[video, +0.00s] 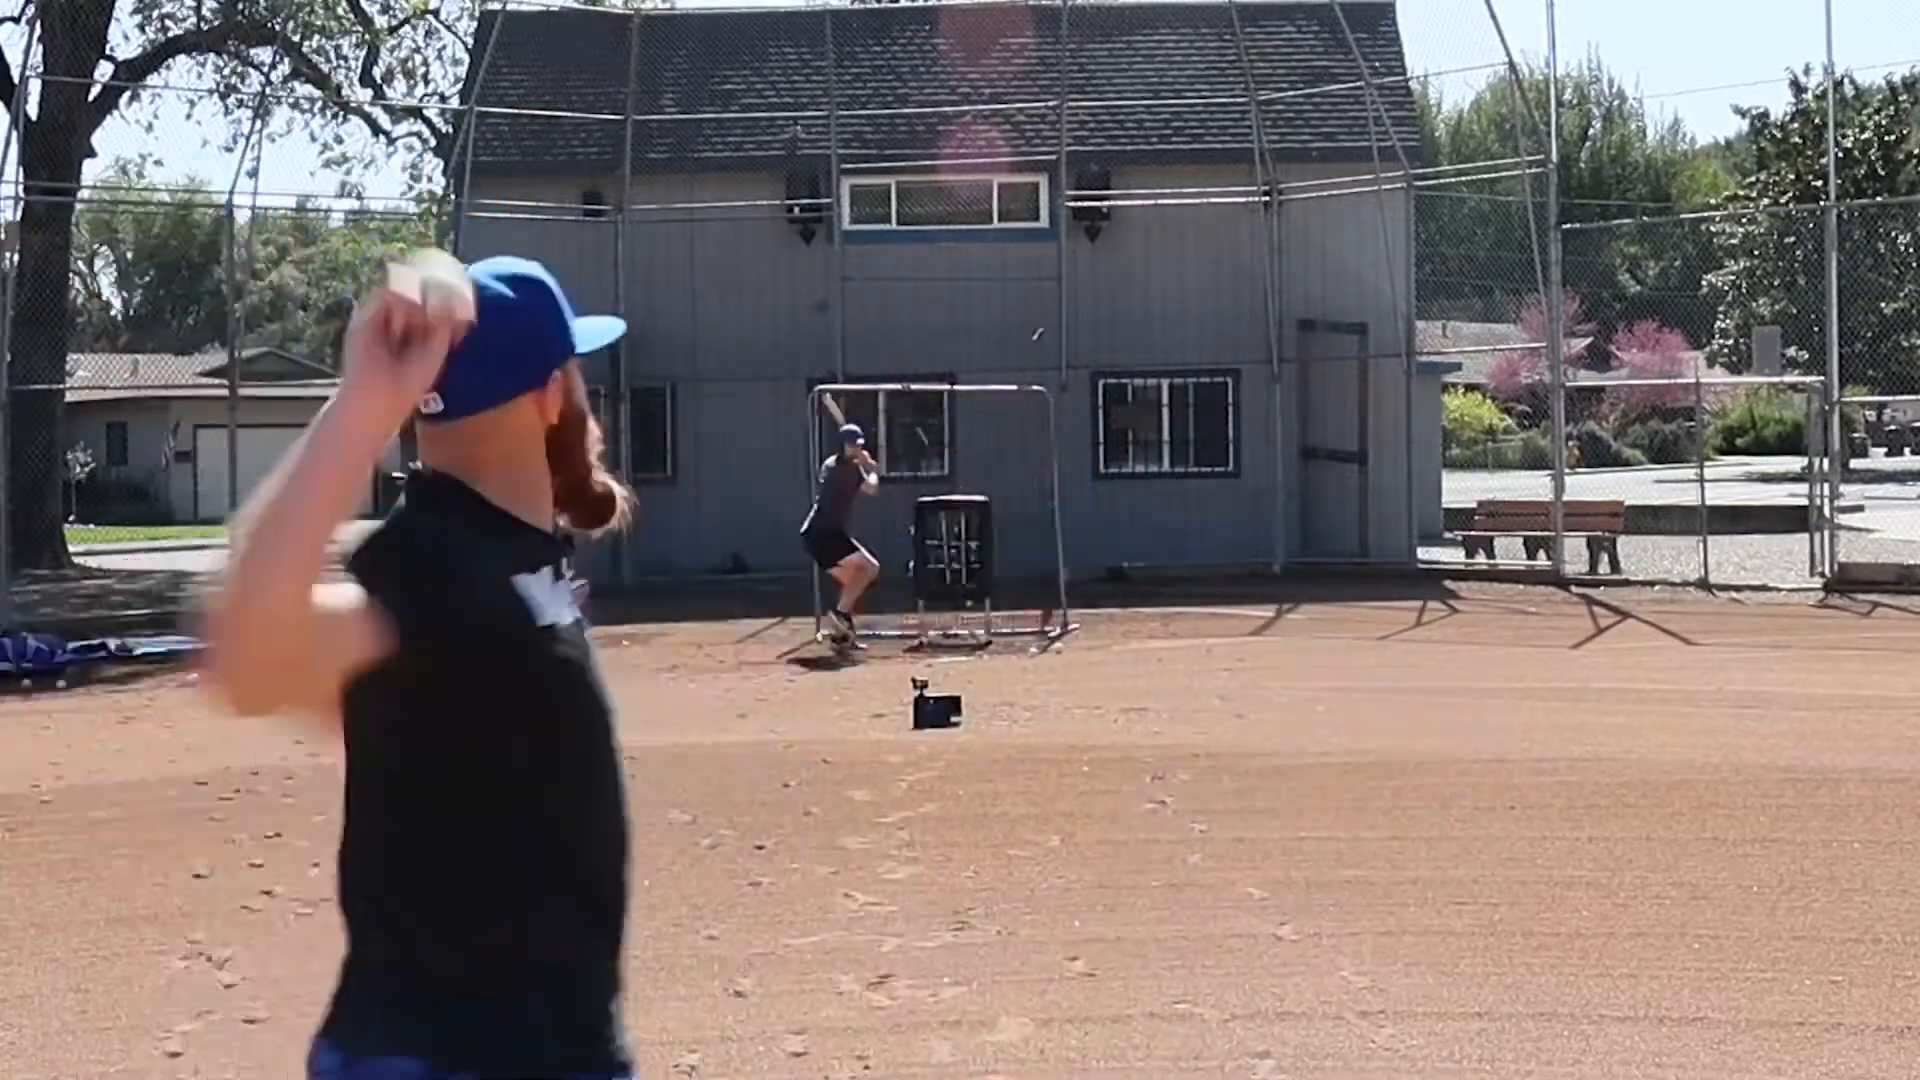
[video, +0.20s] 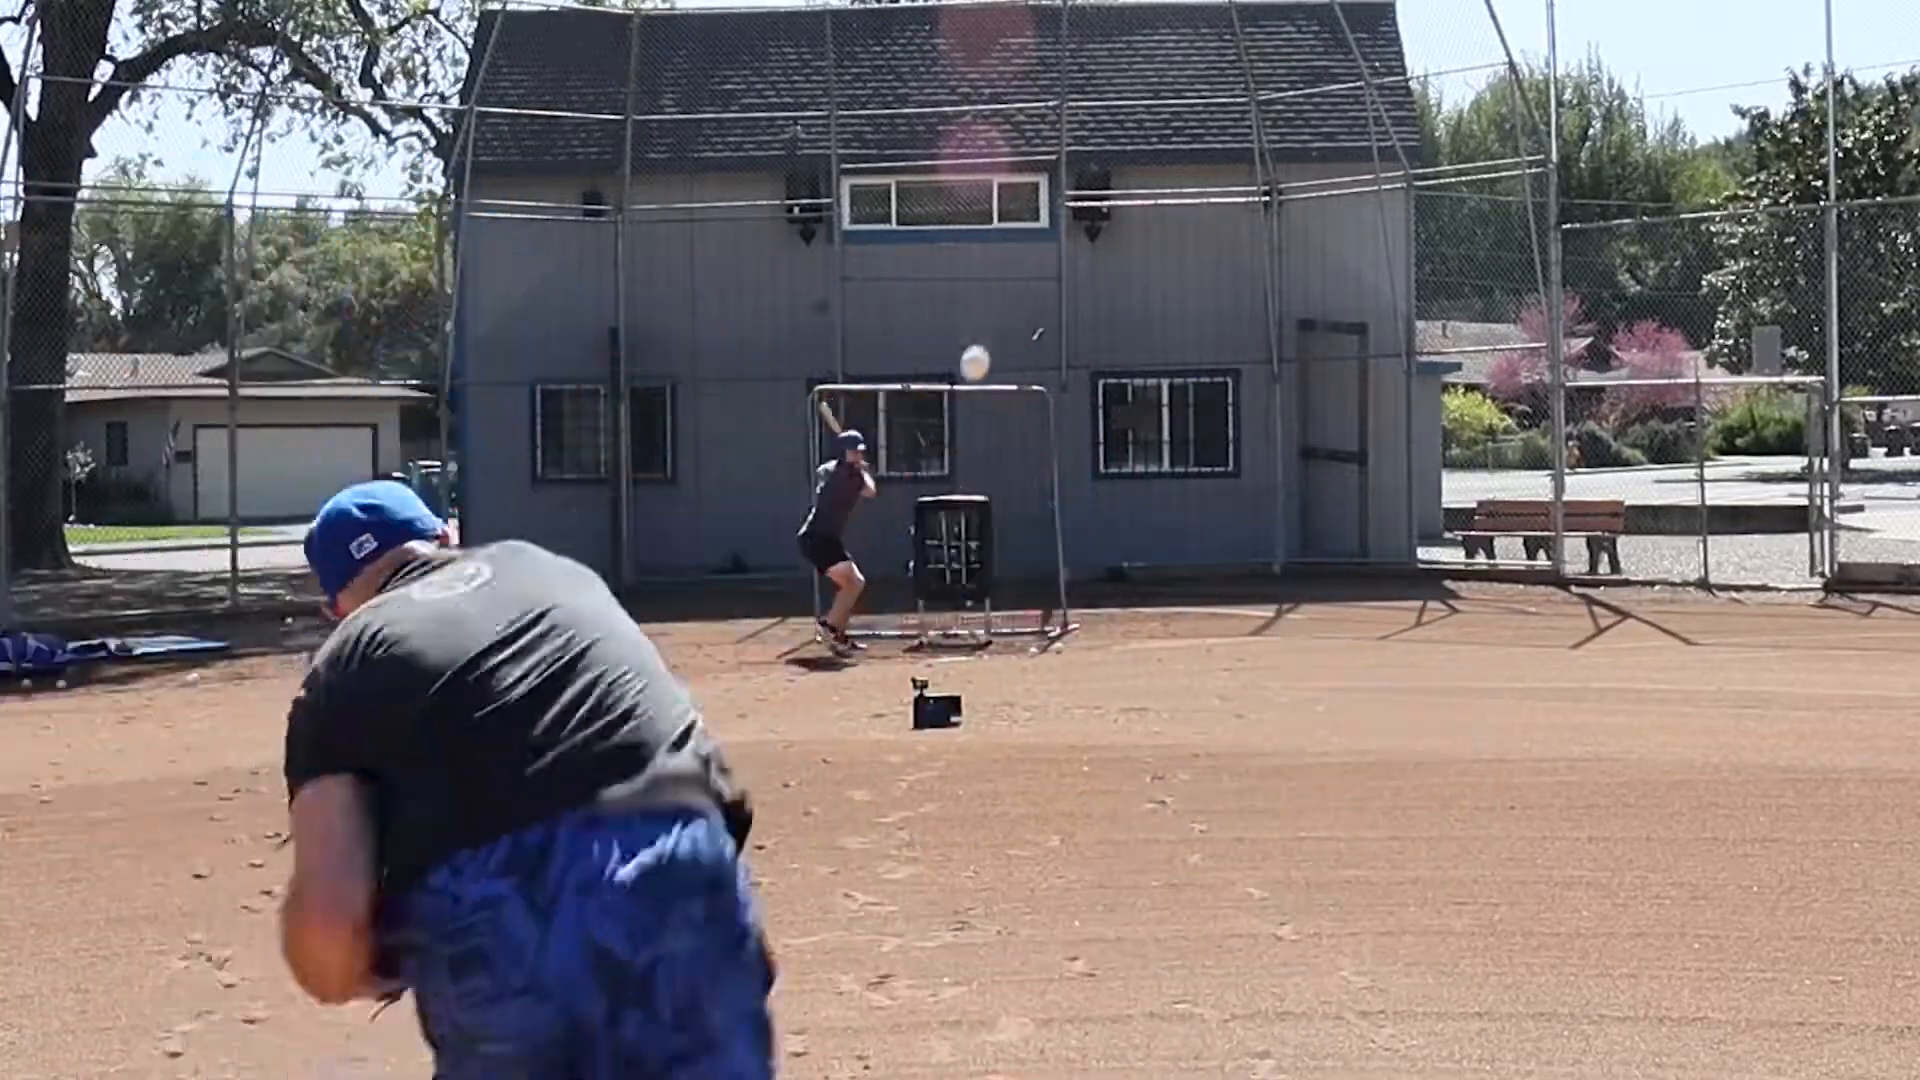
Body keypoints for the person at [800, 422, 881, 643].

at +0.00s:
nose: (857, 450)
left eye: (859, 445)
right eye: (852, 445)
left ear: (860, 446)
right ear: (843, 446)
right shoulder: (843, 470)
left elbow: (870, 488)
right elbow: (872, 488)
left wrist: (867, 466)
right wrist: (869, 466)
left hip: (817, 531)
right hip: (825, 531)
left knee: (850, 581)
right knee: (868, 567)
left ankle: (842, 634)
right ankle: (840, 614)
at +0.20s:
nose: (859, 455)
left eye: (860, 450)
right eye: (855, 451)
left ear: (858, 452)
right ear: (845, 452)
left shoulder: (856, 474)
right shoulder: (843, 473)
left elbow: (869, 491)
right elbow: (871, 492)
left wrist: (862, 470)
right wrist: (861, 470)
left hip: (826, 535)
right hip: (818, 536)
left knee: (850, 583)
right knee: (854, 582)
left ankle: (839, 632)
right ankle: (830, 625)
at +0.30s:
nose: (859, 461)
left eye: (860, 456)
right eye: (855, 456)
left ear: (845, 457)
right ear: (844, 457)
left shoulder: (828, 472)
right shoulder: (849, 478)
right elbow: (870, 493)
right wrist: (859, 472)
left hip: (826, 541)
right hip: (816, 542)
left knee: (853, 587)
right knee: (842, 588)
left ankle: (838, 635)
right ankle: (822, 634)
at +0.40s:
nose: (857, 467)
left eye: (859, 462)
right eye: (853, 462)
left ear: (858, 464)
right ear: (843, 462)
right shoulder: (842, 481)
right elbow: (869, 501)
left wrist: (855, 483)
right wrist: (859, 481)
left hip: (827, 547)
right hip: (810, 545)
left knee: (851, 596)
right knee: (829, 593)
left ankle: (838, 637)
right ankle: (810, 644)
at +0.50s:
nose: (855, 471)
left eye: (856, 467)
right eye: (851, 465)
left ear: (855, 467)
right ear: (839, 464)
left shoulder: (849, 498)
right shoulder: (820, 474)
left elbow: (858, 532)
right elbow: (854, 491)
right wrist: (884, 501)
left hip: (829, 552)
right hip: (805, 547)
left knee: (839, 606)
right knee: (813, 593)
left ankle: (835, 637)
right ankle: (806, 646)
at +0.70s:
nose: (858, 474)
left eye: (861, 470)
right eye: (854, 469)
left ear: (865, 472)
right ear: (845, 469)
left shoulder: (863, 496)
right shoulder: (827, 481)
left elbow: (833, 501)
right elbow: (809, 503)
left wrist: (794, 497)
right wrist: (790, 505)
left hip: (831, 554)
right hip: (805, 547)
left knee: (833, 612)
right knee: (799, 599)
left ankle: (829, 632)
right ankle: (795, 646)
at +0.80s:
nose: (850, 467)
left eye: (855, 463)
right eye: (846, 462)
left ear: (859, 466)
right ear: (837, 464)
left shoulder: (854, 487)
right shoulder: (827, 488)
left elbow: (819, 488)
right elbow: (808, 513)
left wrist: (787, 488)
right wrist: (785, 493)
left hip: (833, 551)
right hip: (807, 548)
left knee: (834, 608)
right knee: (800, 600)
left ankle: (833, 631)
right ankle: (797, 645)